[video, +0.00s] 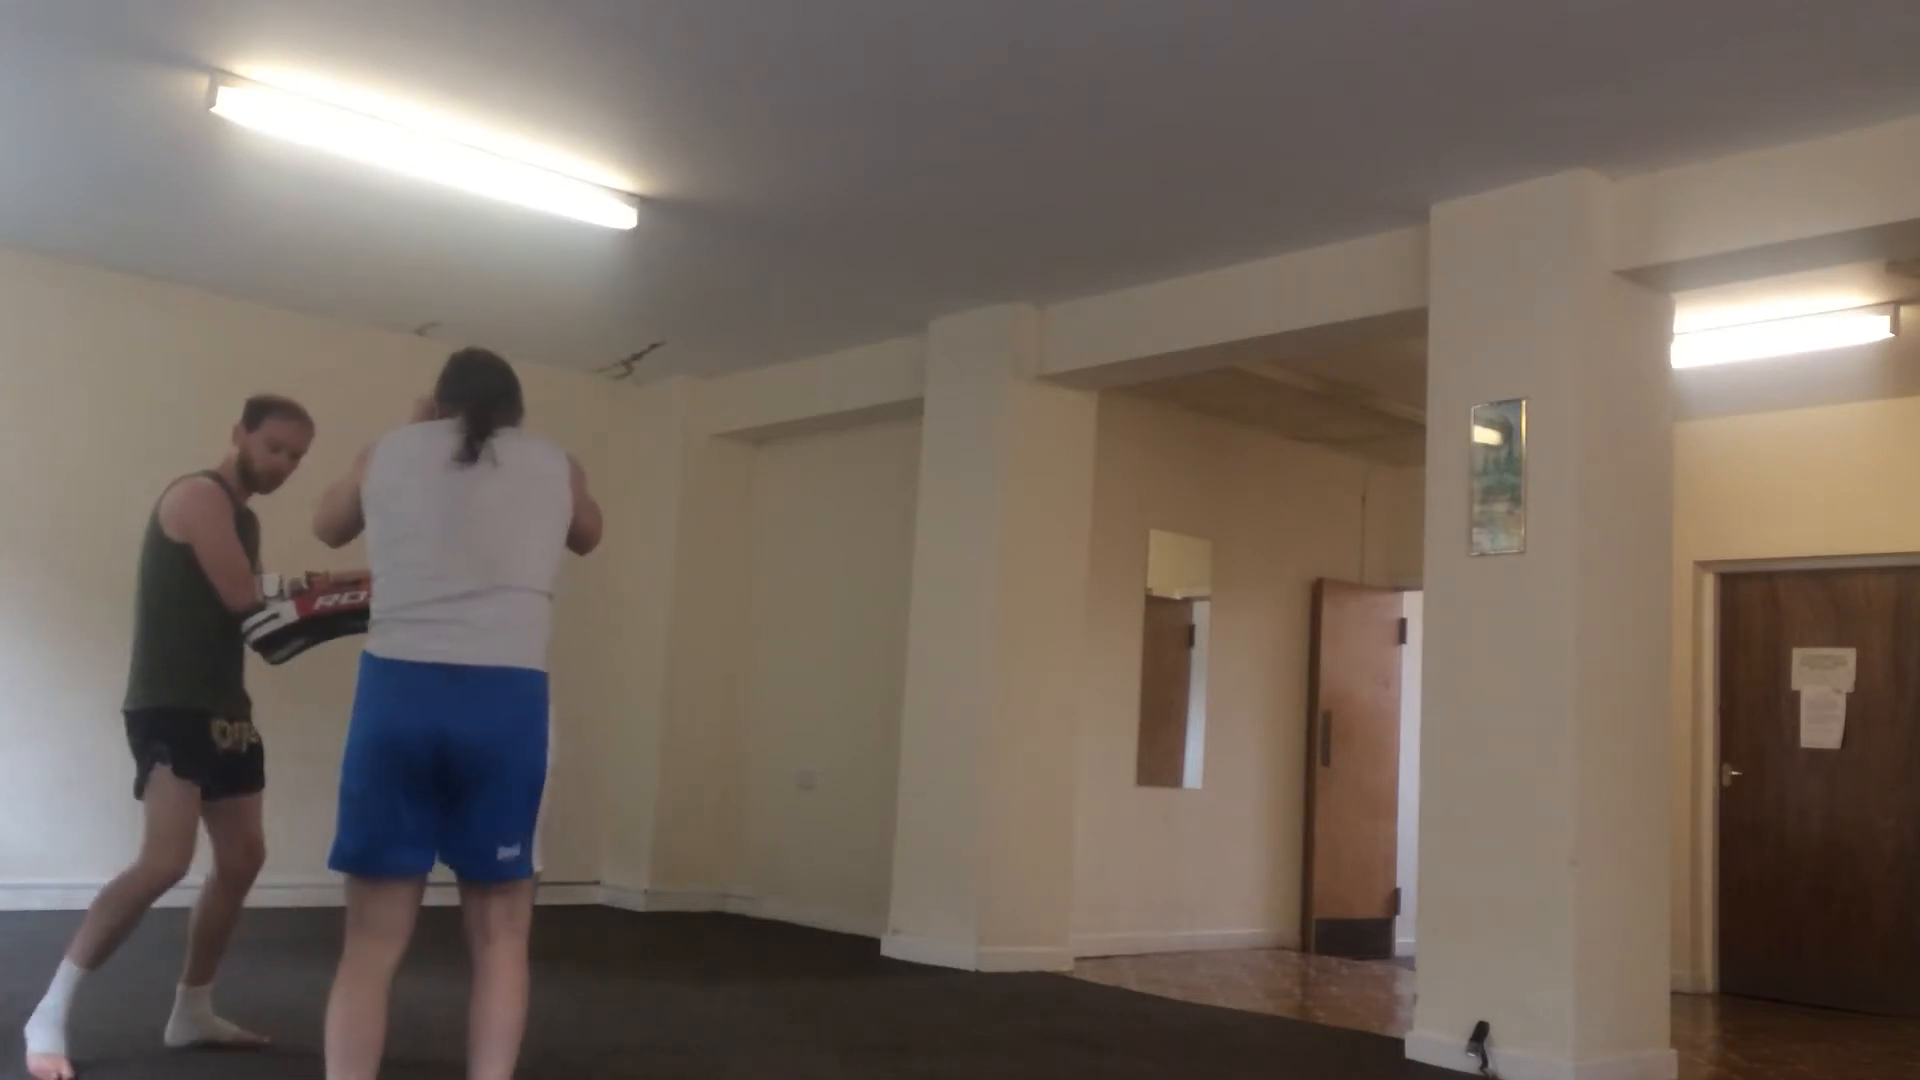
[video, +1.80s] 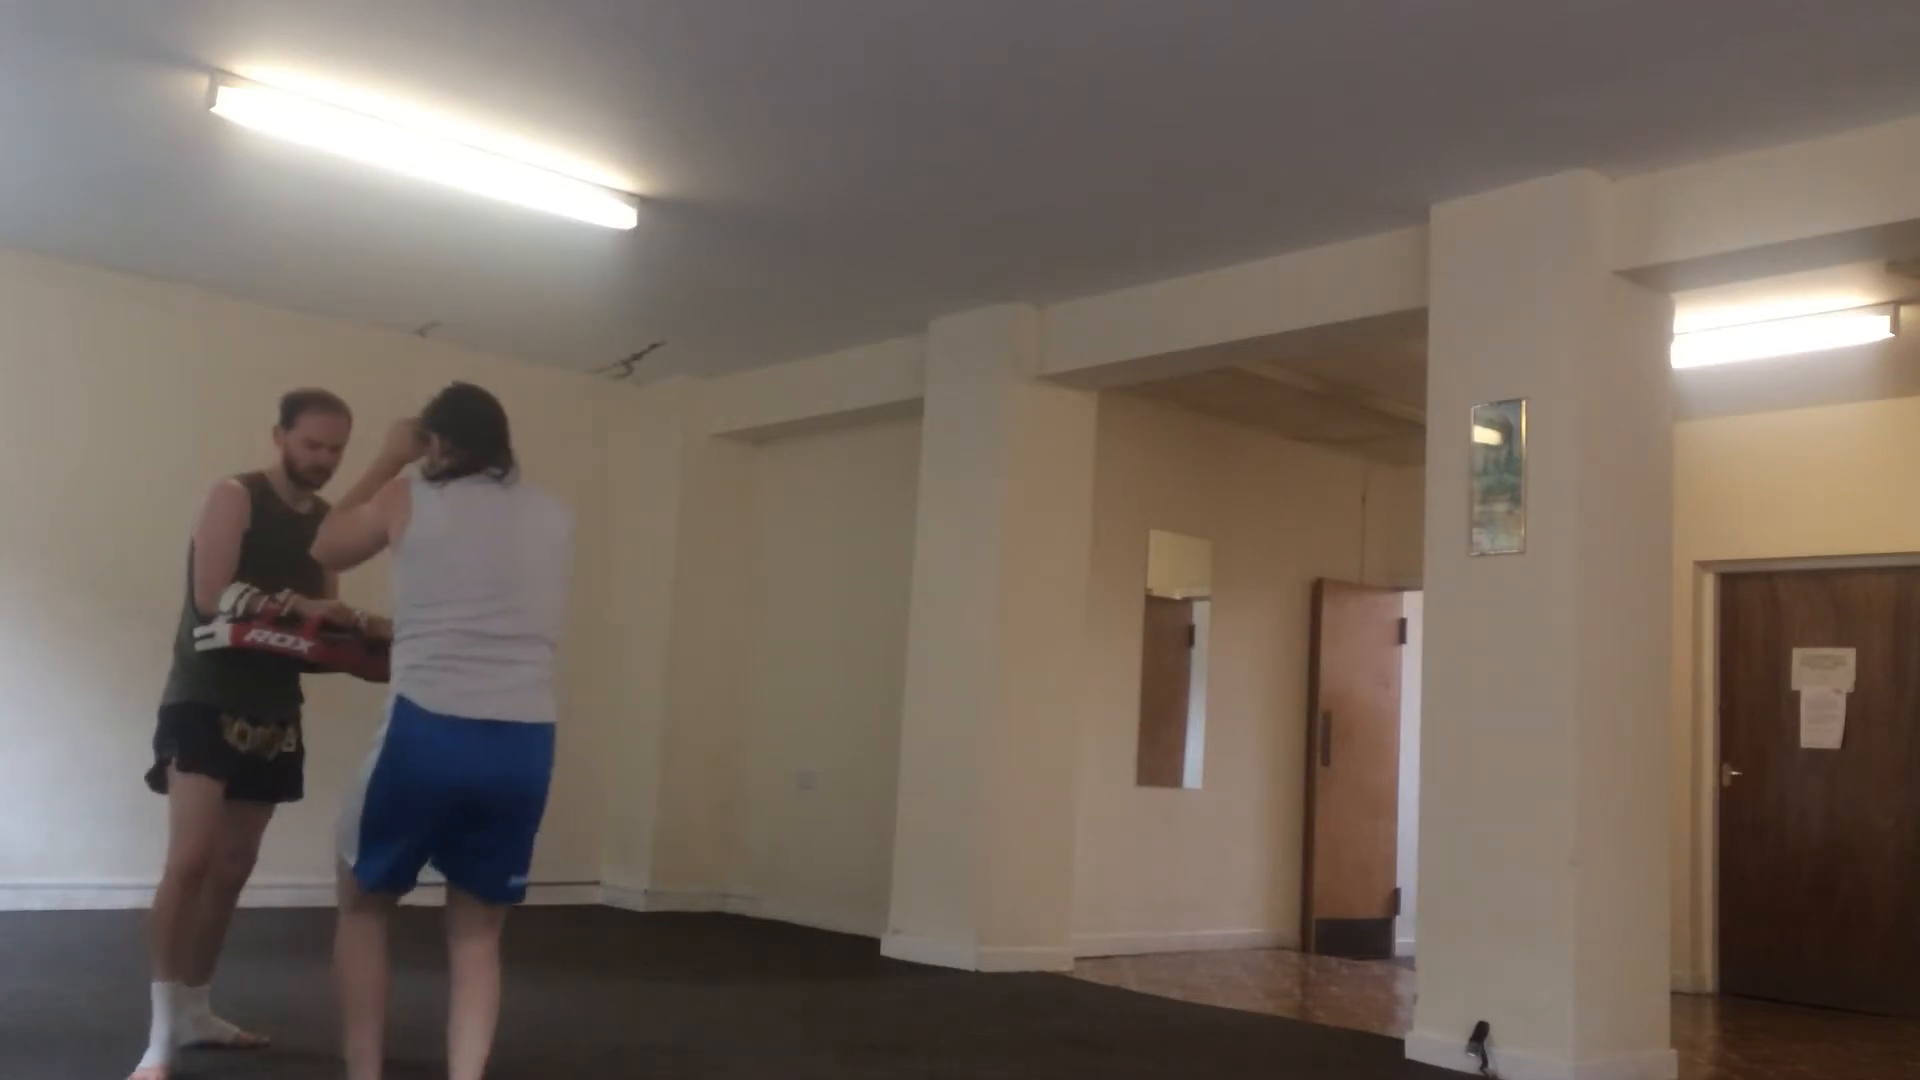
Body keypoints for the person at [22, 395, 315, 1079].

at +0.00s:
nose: (284, 466)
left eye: (295, 458)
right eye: (278, 450)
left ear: (293, 460)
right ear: (241, 434)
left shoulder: (243, 517)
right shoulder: (198, 497)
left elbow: (255, 618)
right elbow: (244, 603)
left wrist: (310, 599)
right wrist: (306, 594)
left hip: (225, 707)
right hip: (170, 706)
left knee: (240, 859)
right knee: (164, 858)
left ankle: (192, 1012)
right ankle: (50, 1013)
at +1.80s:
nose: (324, 460)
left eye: (335, 451)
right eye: (314, 445)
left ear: (341, 453)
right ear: (280, 436)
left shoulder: (324, 520)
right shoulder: (233, 498)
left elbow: (325, 612)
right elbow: (211, 595)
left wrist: (366, 629)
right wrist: (299, 607)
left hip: (273, 708)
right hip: (206, 703)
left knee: (232, 867)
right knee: (190, 863)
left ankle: (193, 1008)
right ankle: (162, 1030)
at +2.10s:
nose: (320, 452)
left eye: (331, 442)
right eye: (309, 437)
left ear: (340, 441)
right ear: (272, 427)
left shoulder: (339, 512)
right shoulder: (222, 493)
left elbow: (339, 601)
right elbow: (198, 593)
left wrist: (379, 588)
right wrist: (295, 584)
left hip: (295, 712)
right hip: (208, 707)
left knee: (321, 880)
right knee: (182, 874)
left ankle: (258, 990)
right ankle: (169, 1040)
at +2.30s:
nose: (344, 456)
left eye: (356, 447)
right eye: (335, 440)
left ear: (364, 445)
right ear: (299, 425)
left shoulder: (362, 510)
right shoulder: (237, 493)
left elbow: (408, 587)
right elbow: (207, 603)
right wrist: (291, 570)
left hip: (323, 718)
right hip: (230, 713)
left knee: (367, 880)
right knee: (170, 879)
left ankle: (392, 1046)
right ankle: (174, 1043)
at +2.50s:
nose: (375, 455)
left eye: (388, 444)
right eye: (364, 440)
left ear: (405, 441)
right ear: (335, 431)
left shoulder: (403, 506)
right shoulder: (288, 499)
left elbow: (472, 583)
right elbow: (225, 585)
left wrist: (465, 498)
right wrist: (236, 625)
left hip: (386, 726)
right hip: (294, 722)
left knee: (427, 878)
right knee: (215, 886)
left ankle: (398, 1050)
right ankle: (151, 1027)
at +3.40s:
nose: (341, 454)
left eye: (353, 439)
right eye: (326, 442)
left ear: (380, 429)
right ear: (307, 441)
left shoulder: (413, 505)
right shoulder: (290, 499)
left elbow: (393, 580)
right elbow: (259, 581)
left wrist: (380, 506)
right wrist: (232, 528)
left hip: (369, 715)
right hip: (281, 711)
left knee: (388, 879)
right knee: (218, 874)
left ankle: (442, 1040)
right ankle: (207, 1040)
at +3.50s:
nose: (339, 456)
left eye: (349, 440)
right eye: (324, 445)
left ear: (378, 426)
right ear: (307, 440)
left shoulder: (411, 499)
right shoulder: (300, 502)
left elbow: (396, 581)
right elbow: (256, 585)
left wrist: (347, 513)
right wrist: (231, 521)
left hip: (363, 723)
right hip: (284, 715)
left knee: (361, 884)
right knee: (220, 872)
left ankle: (448, 1030)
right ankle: (208, 1038)